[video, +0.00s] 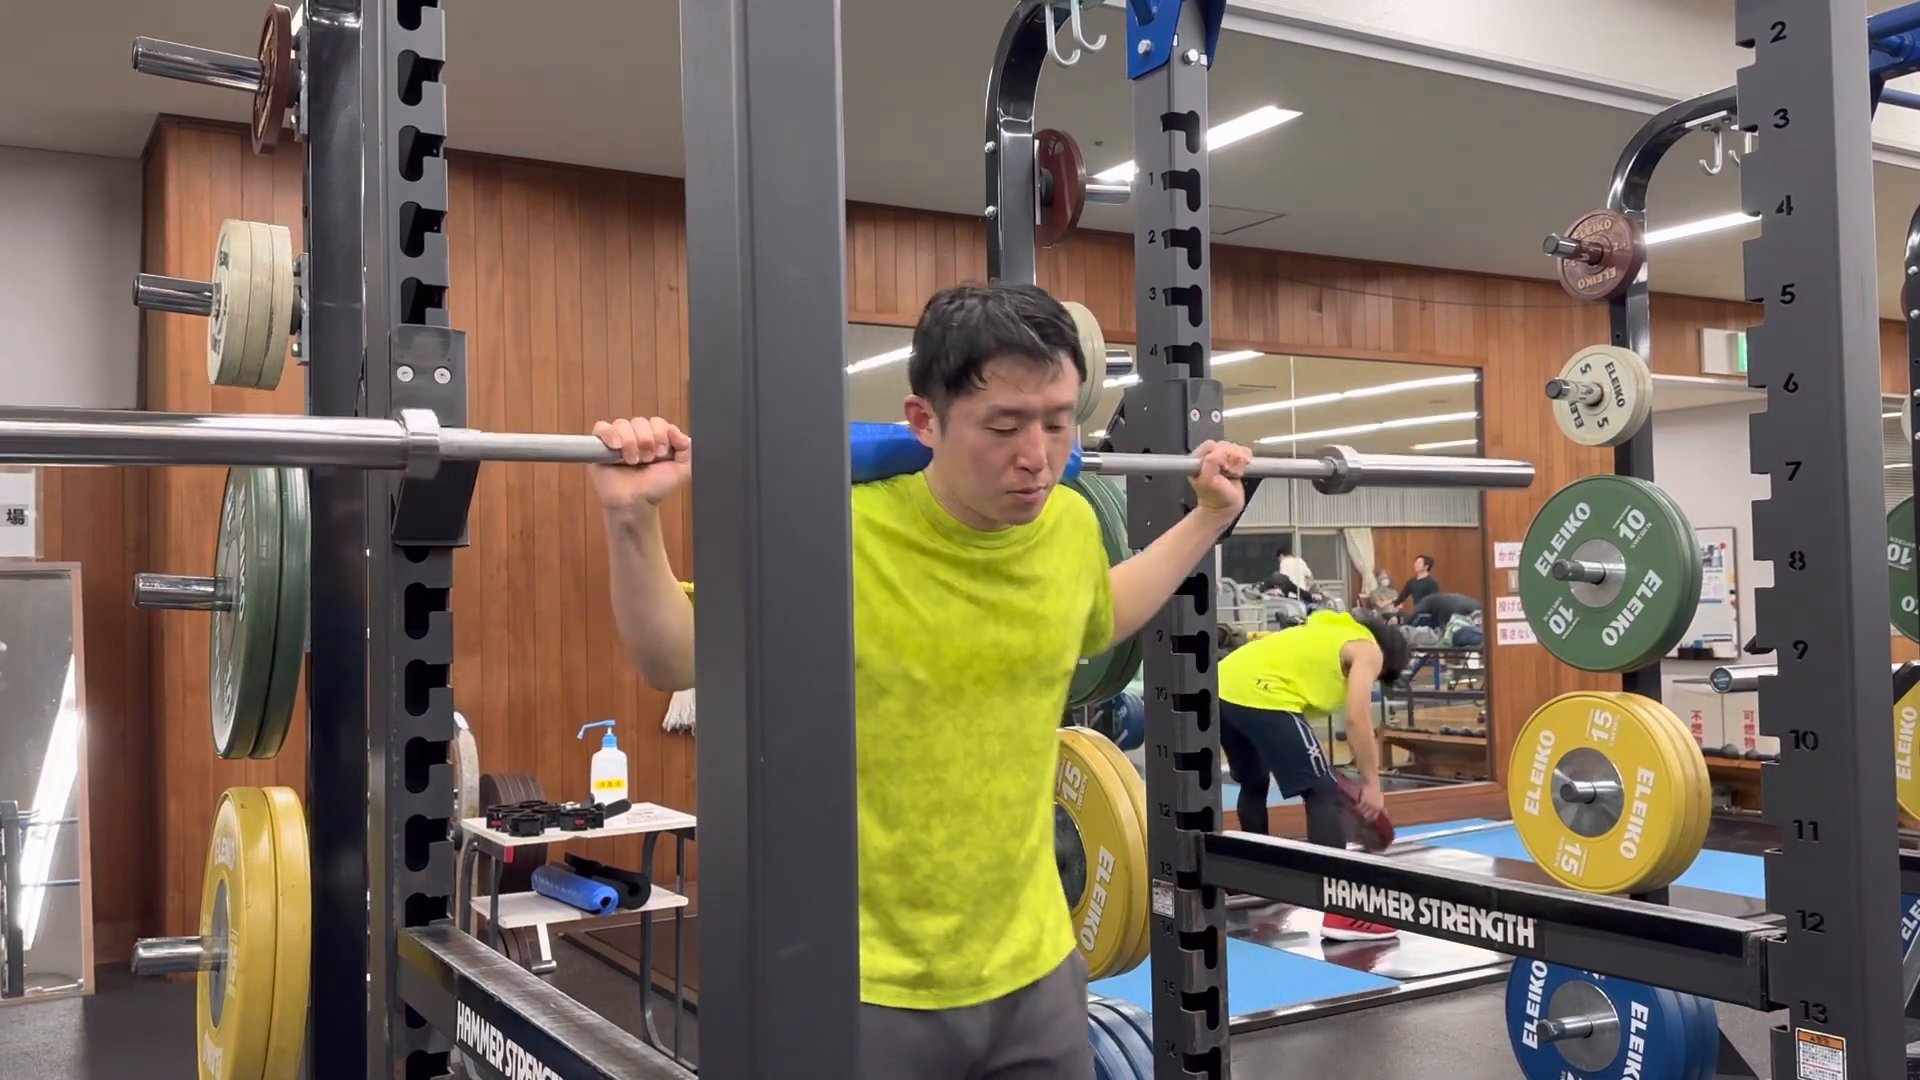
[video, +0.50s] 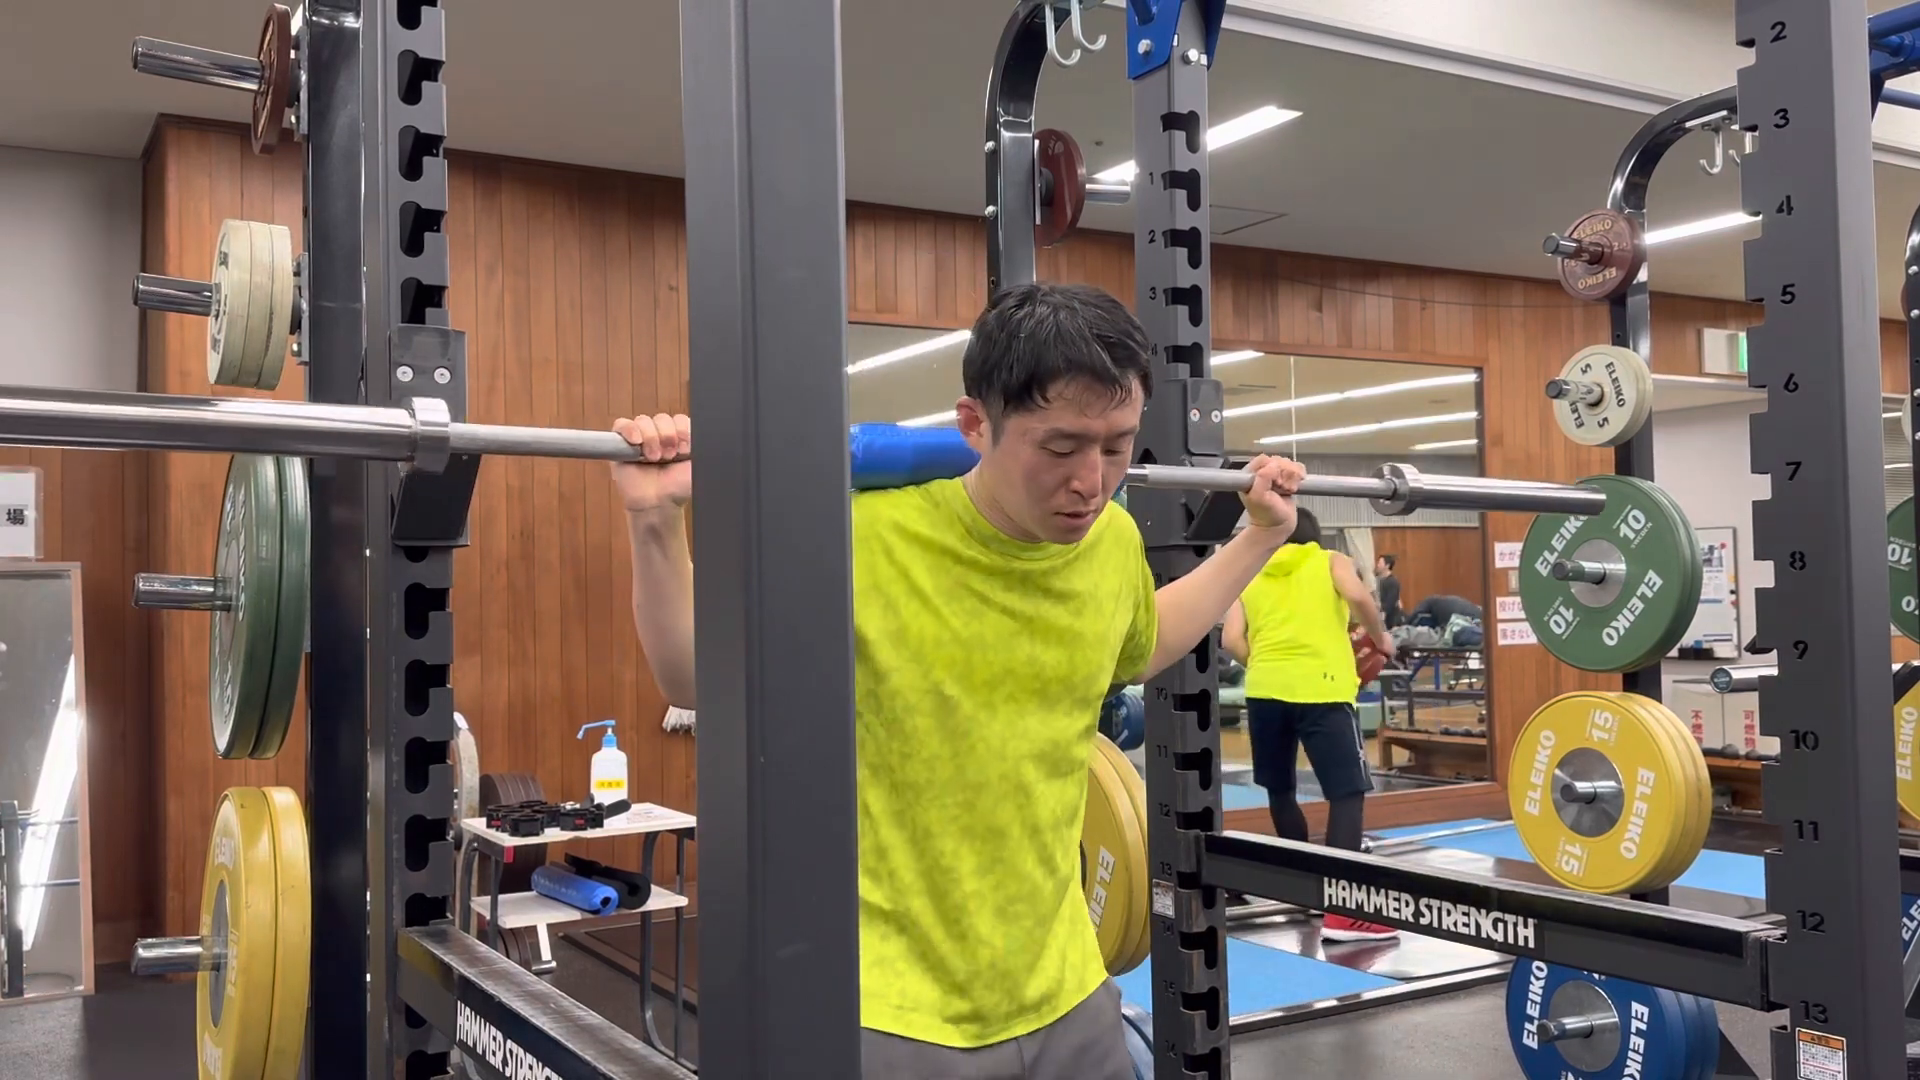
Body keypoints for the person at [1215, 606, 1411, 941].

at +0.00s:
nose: (1377, 679)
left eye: (1382, 675)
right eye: (1383, 672)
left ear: (1368, 626)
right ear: (1384, 652)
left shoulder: (1322, 628)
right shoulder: (1366, 648)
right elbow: (1357, 719)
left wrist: (1322, 774)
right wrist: (1372, 783)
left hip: (1222, 692)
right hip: (1268, 701)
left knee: (1252, 786)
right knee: (1323, 795)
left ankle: (1259, 881)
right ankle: (1341, 908)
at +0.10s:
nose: (1381, 631)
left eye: (1384, 628)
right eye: (1383, 625)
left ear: (1345, 589)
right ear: (1376, 611)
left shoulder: (1306, 602)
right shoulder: (1361, 614)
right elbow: (1350, 677)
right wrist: (1372, 734)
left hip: (1231, 694)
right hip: (1280, 701)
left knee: (1256, 790)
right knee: (1338, 794)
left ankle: (1261, 884)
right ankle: (1342, 909)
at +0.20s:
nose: (1376, 604)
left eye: (1377, 598)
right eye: (1374, 595)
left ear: (1328, 571)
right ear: (1362, 583)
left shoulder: (1289, 587)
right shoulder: (1356, 593)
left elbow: (1257, 638)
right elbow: (1355, 649)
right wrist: (1376, 700)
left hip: (1243, 695)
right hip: (1295, 701)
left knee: (1261, 791)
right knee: (1350, 794)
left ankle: (1262, 887)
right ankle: (1342, 909)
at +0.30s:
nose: (1358, 568)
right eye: (1355, 562)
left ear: (1301, 553)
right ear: (1345, 557)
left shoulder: (1268, 584)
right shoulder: (1350, 575)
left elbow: (1237, 645)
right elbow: (1359, 625)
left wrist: (1280, 642)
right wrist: (1379, 669)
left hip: (1255, 696)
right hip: (1311, 699)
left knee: (1269, 791)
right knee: (1355, 797)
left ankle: (1280, 886)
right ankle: (1342, 909)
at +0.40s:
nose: (1346, 552)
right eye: (1343, 546)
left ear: (1290, 545)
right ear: (1334, 546)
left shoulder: (1260, 580)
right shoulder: (1344, 568)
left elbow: (1236, 642)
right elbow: (1358, 613)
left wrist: (1272, 658)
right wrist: (1379, 652)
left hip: (1260, 696)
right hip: (1320, 697)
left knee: (1275, 788)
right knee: (1353, 797)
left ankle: (1295, 885)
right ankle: (1342, 904)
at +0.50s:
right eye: (1318, 530)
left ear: (1272, 540)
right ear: (1314, 536)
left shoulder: (1249, 576)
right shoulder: (1330, 560)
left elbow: (1231, 639)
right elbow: (1357, 595)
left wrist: (1264, 662)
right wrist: (1379, 635)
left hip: (1264, 693)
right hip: (1323, 692)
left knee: (1280, 796)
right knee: (1346, 797)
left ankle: (1306, 891)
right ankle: (1340, 902)